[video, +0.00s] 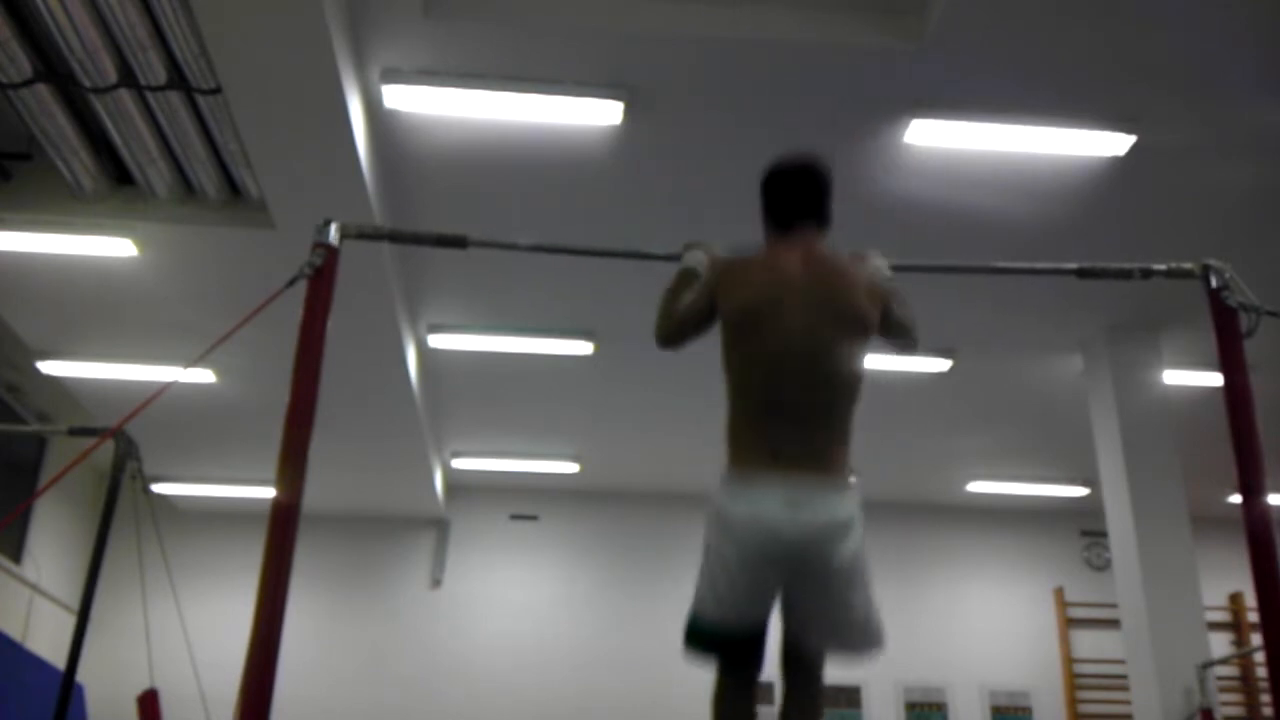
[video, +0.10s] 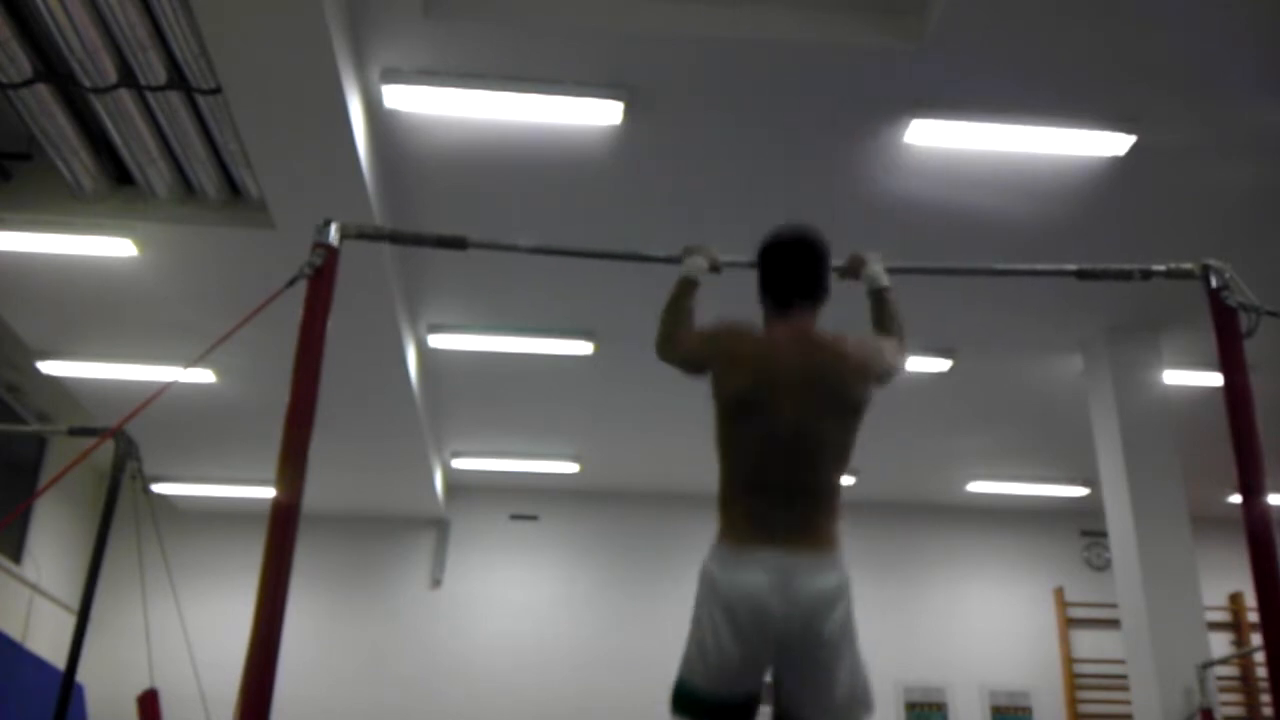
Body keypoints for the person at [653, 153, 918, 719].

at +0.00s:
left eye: (779, 209)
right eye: (812, 210)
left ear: (764, 213)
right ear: (827, 213)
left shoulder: (732, 278)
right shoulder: (852, 285)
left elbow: (670, 331)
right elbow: (905, 334)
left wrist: (690, 271)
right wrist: (880, 280)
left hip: (748, 505)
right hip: (824, 509)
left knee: (735, 674)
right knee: (806, 673)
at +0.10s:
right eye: (807, 282)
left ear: (761, 288)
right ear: (823, 292)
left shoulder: (731, 349)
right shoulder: (851, 361)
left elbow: (673, 344)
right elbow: (891, 348)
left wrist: (688, 278)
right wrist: (879, 285)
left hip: (738, 571)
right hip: (816, 574)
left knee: (711, 709)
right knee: (824, 713)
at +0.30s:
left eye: (760, 371)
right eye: (800, 369)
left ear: (752, 382)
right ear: (810, 382)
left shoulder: (727, 435)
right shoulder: (835, 441)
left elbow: (678, 358)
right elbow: (880, 363)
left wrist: (690, 276)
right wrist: (876, 286)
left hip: (726, 643)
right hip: (803, 645)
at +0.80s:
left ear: (785, 286)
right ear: (848, 292)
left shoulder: (752, 346)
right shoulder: (871, 364)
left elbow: (688, 344)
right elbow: (892, 339)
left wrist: (694, 275)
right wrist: (879, 285)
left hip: (755, 561)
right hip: (831, 568)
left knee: (729, 601)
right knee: (802, 623)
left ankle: (736, 618)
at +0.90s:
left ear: (789, 211)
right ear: (853, 214)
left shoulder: (759, 274)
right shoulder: (880, 285)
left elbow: (685, 309)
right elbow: (916, 328)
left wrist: (695, 260)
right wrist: (874, 272)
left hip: (763, 485)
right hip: (838, 491)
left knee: (738, 529)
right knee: (787, 539)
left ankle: (736, 557)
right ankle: (748, 559)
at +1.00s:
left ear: (781, 144)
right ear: (843, 146)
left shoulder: (753, 195)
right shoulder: (877, 210)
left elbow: (672, 270)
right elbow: (933, 283)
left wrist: (715, 242)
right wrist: (886, 241)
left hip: (757, 403)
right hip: (833, 409)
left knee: (738, 479)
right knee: (798, 486)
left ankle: (733, 552)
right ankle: (758, 560)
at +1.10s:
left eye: (769, 125)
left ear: (765, 122)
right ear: (824, 124)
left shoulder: (743, 152)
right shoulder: (861, 165)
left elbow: (671, 215)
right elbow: (931, 234)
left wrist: (703, 246)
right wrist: (874, 247)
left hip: (759, 352)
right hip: (834, 358)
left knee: (743, 464)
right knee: (800, 469)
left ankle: (739, 565)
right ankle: (768, 572)